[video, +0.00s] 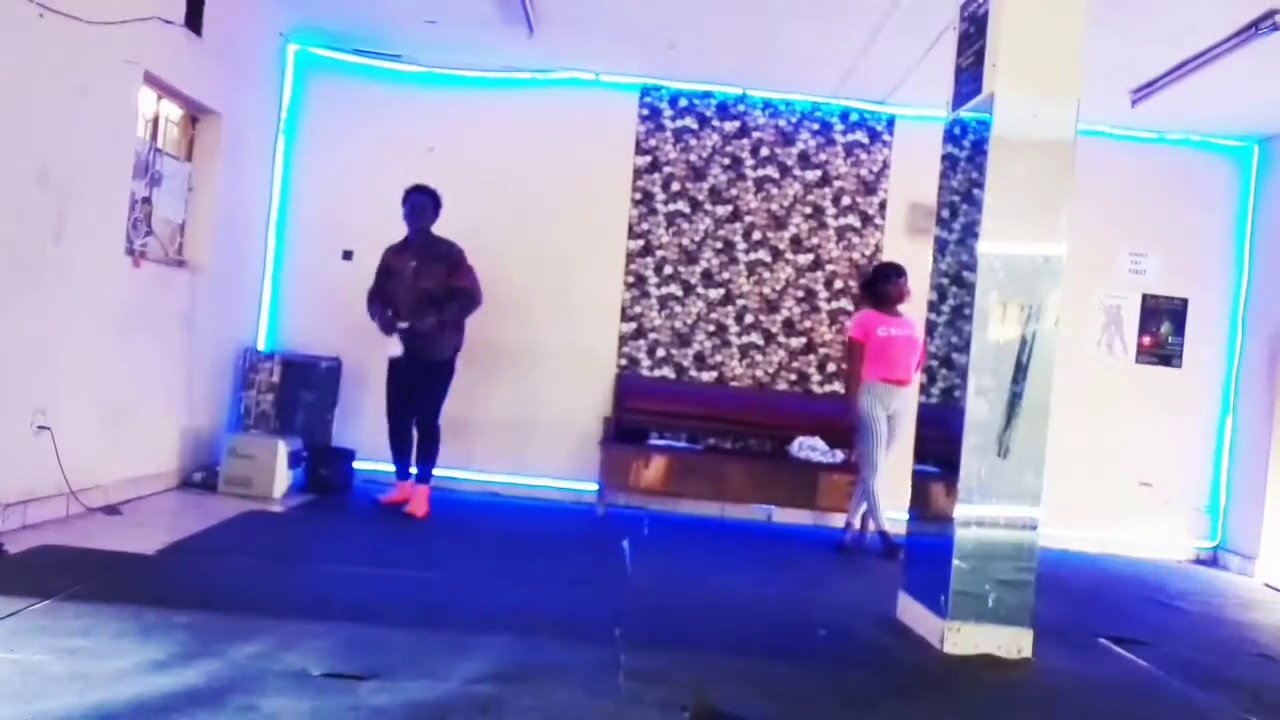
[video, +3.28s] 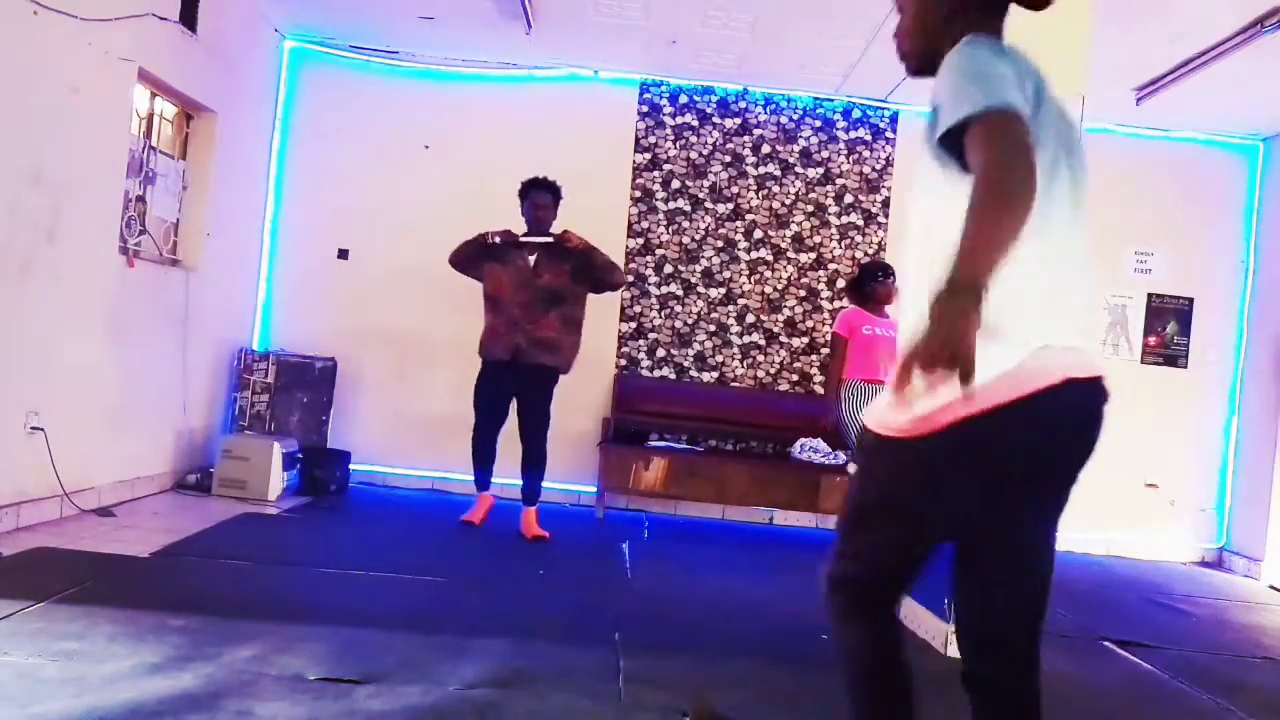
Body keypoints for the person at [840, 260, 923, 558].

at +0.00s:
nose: (905, 288)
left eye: (905, 282)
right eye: (899, 282)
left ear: (903, 288)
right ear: (882, 287)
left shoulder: (909, 324)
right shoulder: (865, 320)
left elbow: (917, 365)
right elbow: (854, 364)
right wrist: (852, 399)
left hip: (901, 391)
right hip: (873, 387)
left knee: (877, 461)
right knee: (872, 460)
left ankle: (852, 525)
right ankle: (881, 530)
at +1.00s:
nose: (906, 287)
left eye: (906, 281)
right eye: (899, 281)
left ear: (903, 286)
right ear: (881, 285)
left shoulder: (907, 326)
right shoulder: (861, 318)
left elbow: (908, 371)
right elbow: (847, 368)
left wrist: (923, 346)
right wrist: (844, 410)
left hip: (894, 395)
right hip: (866, 393)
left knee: (876, 467)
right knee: (873, 466)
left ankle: (856, 533)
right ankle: (890, 537)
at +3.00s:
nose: (895, 287)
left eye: (894, 281)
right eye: (889, 282)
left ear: (884, 287)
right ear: (871, 286)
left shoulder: (892, 326)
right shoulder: (850, 316)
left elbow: (892, 369)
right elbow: (837, 364)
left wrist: (909, 346)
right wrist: (834, 405)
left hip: (886, 398)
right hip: (856, 394)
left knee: (869, 464)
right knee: (869, 462)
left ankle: (853, 533)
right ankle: (888, 535)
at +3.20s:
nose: (893, 285)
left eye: (893, 279)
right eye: (886, 280)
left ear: (890, 286)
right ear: (870, 285)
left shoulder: (893, 326)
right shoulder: (850, 316)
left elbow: (893, 370)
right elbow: (836, 362)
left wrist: (908, 350)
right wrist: (832, 403)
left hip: (884, 396)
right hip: (856, 392)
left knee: (872, 458)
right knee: (869, 456)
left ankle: (857, 527)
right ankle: (858, 527)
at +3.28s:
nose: (893, 287)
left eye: (893, 281)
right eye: (887, 281)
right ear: (871, 286)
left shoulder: (892, 324)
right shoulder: (849, 316)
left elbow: (894, 363)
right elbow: (836, 363)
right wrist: (830, 405)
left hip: (884, 394)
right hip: (855, 392)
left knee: (885, 449)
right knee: (862, 451)